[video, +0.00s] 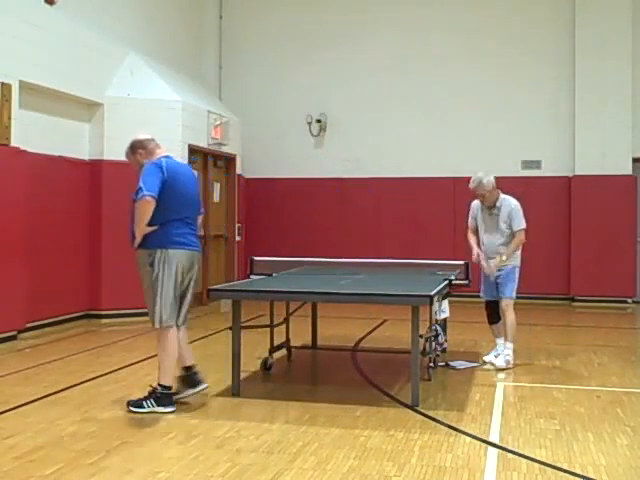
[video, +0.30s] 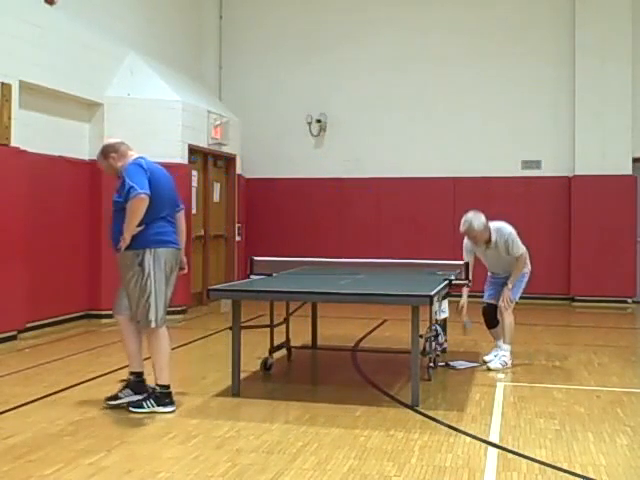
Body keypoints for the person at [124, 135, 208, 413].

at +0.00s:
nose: (136, 167)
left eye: (134, 162)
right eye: (134, 163)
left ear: (140, 153)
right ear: (157, 147)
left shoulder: (154, 166)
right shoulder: (188, 170)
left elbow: (147, 199)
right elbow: (199, 212)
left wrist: (139, 231)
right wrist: (191, 237)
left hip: (165, 248)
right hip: (190, 247)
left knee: (166, 323)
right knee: (175, 320)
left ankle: (163, 392)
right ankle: (189, 373)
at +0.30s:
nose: (111, 173)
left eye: (108, 168)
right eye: (108, 169)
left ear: (114, 157)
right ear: (126, 151)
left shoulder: (132, 167)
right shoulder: (157, 169)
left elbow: (140, 196)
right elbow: (179, 211)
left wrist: (127, 233)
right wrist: (180, 250)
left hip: (148, 250)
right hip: (166, 249)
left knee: (153, 321)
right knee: (125, 312)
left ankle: (163, 393)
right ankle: (137, 383)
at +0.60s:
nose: (77, 181)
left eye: (74, 176)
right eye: (73, 178)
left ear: (81, 164)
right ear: (90, 158)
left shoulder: (100, 170)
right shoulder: (121, 172)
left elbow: (116, 193)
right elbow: (145, 214)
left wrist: (105, 234)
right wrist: (142, 244)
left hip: (125, 252)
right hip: (135, 249)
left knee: (135, 326)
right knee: (111, 324)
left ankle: (160, 391)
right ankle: (96, 389)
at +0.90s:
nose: (53, 174)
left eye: (51, 168)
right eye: (50, 171)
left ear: (59, 157)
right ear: (64, 154)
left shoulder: (82, 164)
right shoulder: (79, 175)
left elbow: (101, 189)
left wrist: (83, 230)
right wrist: (70, 249)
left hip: (98, 248)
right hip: (107, 249)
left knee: (59, 314)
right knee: (94, 321)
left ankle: (97, 373)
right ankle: (94, 390)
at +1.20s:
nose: (27, 172)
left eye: (26, 166)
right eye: (25, 168)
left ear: (35, 155)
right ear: (39, 153)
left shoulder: (60, 164)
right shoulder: (52, 177)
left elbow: (85, 189)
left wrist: (63, 231)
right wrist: (45, 255)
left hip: (75, 251)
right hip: (75, 251)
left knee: (31, 313)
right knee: (78, 321)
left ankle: (41, 386)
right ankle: (93, 390)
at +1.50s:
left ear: (5, 157)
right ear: (6, 157)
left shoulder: (26, 170)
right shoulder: (12, 181)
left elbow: (56, 198)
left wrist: (33, 237)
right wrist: (10, 258)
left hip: (43, 254)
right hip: (26, 257)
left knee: (24, 325)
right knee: (31, 325)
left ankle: (16, 401)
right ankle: (70, 371)